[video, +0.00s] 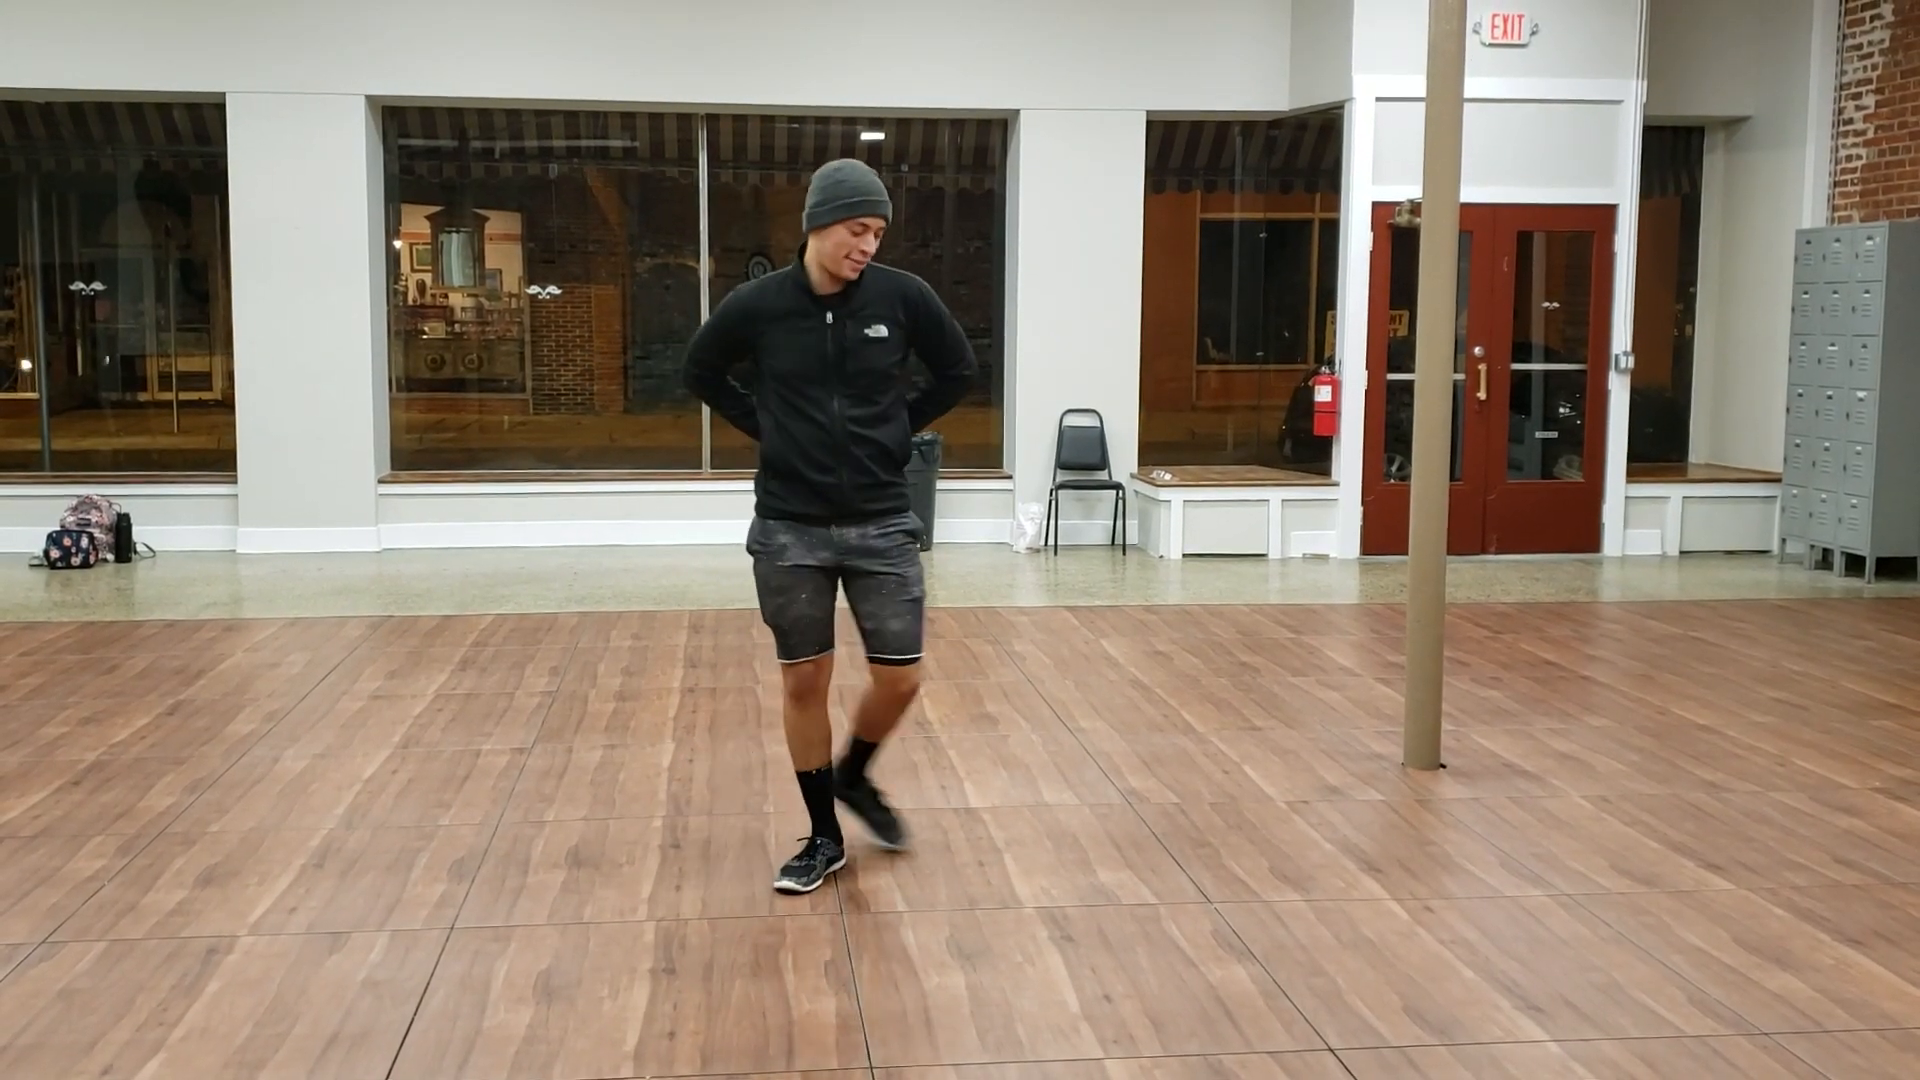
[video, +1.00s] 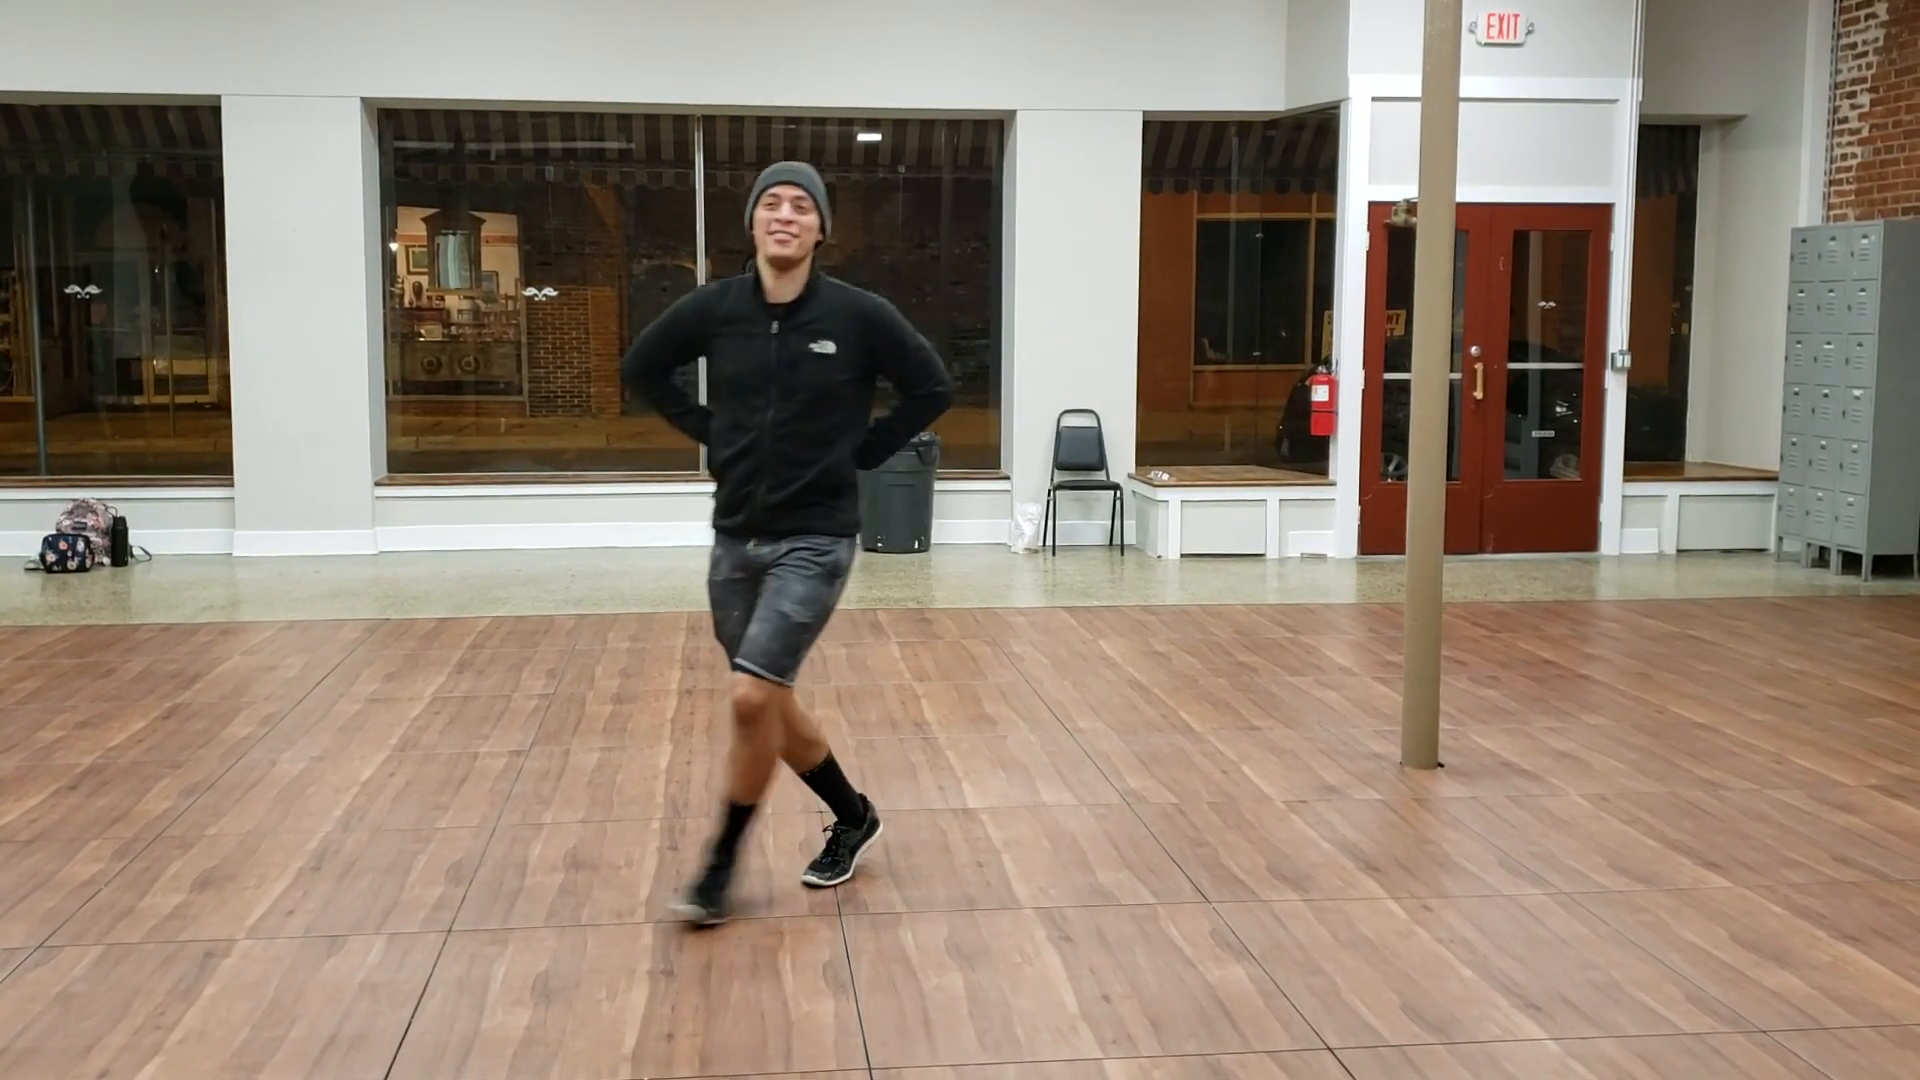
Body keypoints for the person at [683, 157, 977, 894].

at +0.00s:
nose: (867, 245)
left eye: (876, 232)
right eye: (855, 229)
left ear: (880, 237)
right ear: (814, 224)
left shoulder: (902, 297)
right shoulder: (754, 305)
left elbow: (959, 375)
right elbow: (701, 373)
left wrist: (895, 427)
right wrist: (769, 430)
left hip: (881, 523)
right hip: (789, 524)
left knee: (900, 672)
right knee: (804, 676)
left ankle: (851, 774)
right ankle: (822, 837)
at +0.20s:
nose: (886, 239)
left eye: (899, 227)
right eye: (875, 221)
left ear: (907, 234)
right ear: (840, 217)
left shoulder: (934, 300)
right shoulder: (785, 300)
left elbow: (1003, 381)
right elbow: (744, 366)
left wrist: (926, 438)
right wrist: (804, 419)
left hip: (913, 526)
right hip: (815, 528)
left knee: (965, 674)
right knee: (817, 685)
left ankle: (1026, 830)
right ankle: (825, 838)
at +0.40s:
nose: (918, 249)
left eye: (933, 236)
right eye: (906, 232)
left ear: (946, 247)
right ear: (878, 235)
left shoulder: (974, 320)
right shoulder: (839, 318)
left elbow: (1050, 406)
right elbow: (827, 382)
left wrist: (981, 458)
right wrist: (871, 433)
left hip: (953, 543)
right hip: (858, 538)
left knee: (1002, 695)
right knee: (819, 688)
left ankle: (1065, 841)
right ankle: (834, 826)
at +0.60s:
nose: (916, 233)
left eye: (931, 225)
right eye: (904, 219)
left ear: (945, 245)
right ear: (878, 231)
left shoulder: (968, 329)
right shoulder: (843, 317)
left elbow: (1040, 424)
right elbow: (838, 393)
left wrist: (960, 467)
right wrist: (860, 448)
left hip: (942, 548)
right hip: (849, 542)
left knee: (998, 699)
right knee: (809, 695)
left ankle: (1064, 839)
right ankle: (849, 813)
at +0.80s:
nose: (852, 205)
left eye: (868, 198)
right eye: (841, 192)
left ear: (884, 222)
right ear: (816, 210)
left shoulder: (912, 305)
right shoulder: (777, 297)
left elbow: (986, 397)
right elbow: (738, 350)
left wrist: (906, 448)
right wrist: (782, 408)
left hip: (874, 529)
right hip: (788, 527)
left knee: (885, 691)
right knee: (787, 680)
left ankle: (983, 817)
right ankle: (851, 817)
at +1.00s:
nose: (785, 216)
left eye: (800, 207)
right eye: (772, 205)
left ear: (821, 229)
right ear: (751, 224)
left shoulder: (858, 314)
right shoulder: (713, 307)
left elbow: (932, 390)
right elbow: (640, 373)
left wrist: (857, 457)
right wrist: (710, 430)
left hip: (816, 538)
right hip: (735, 535)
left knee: (752, 694)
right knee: (763, 703)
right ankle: (852, 813)